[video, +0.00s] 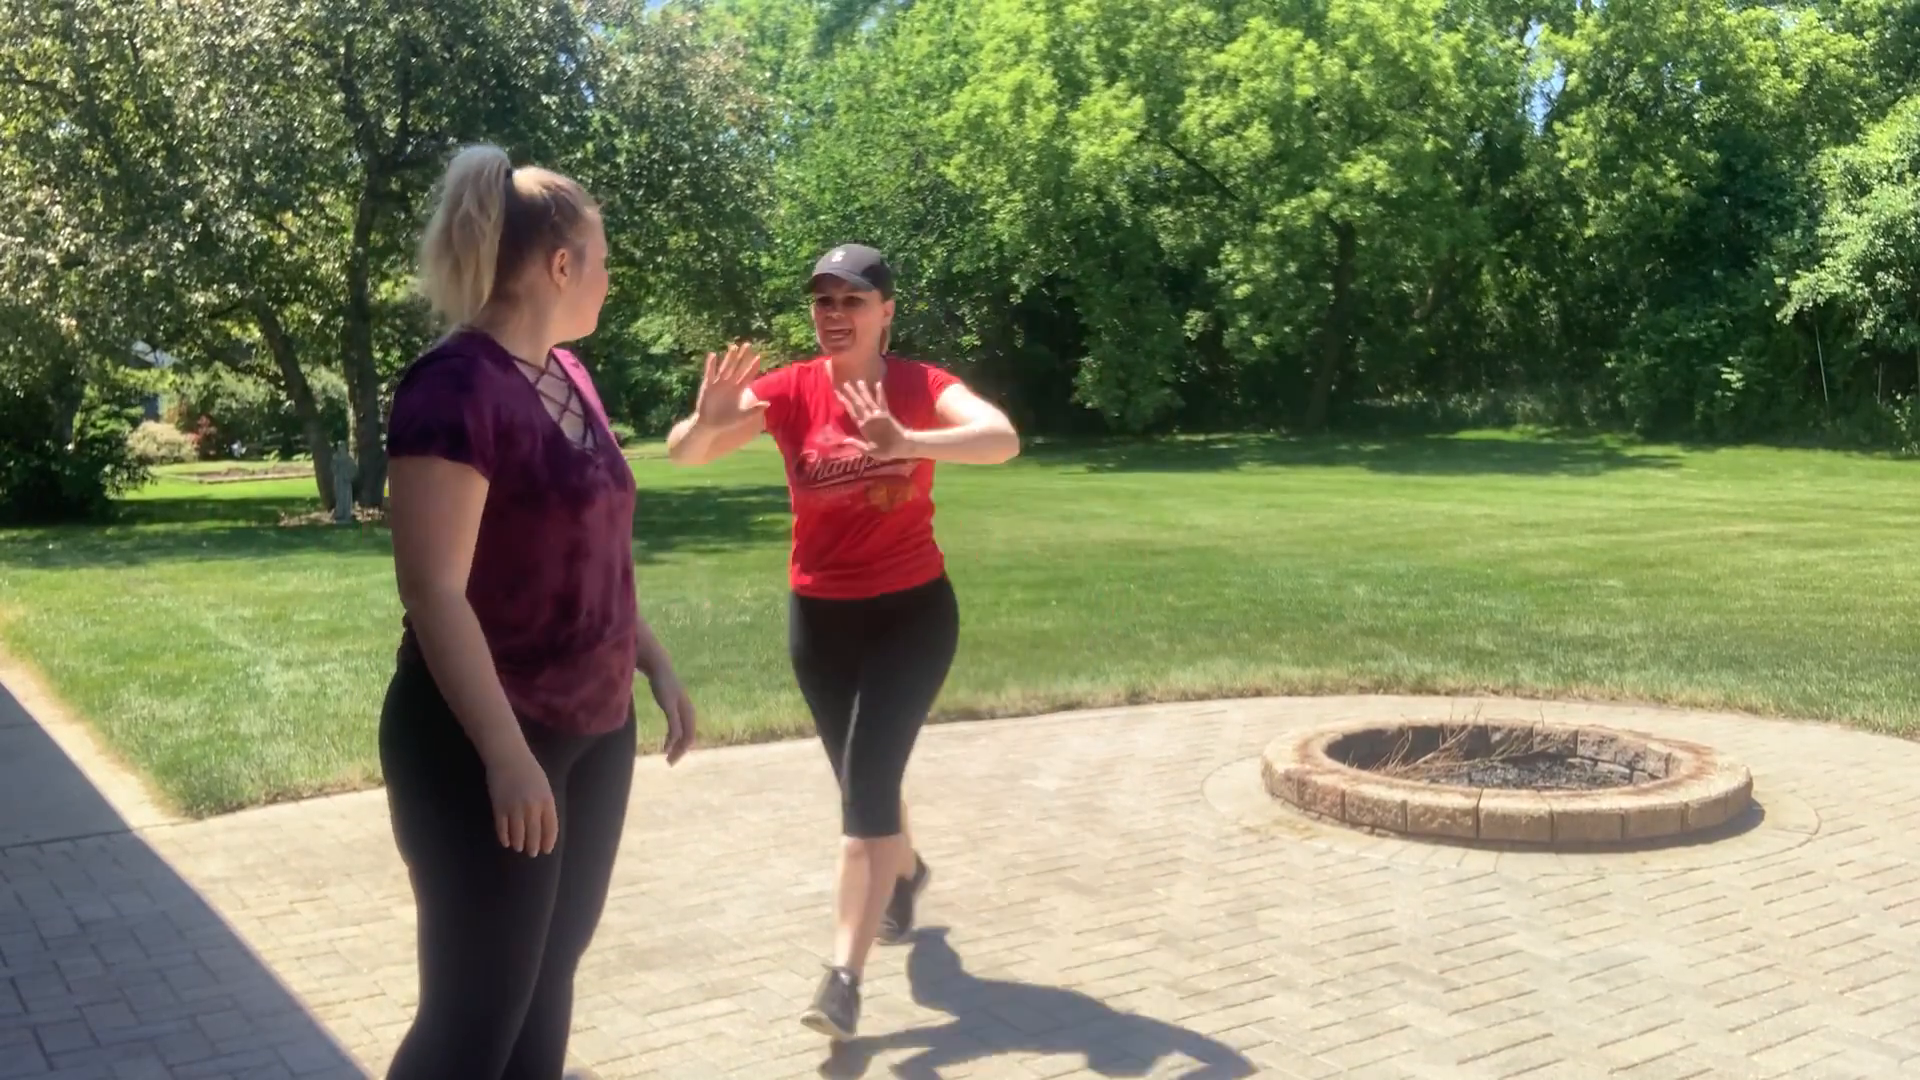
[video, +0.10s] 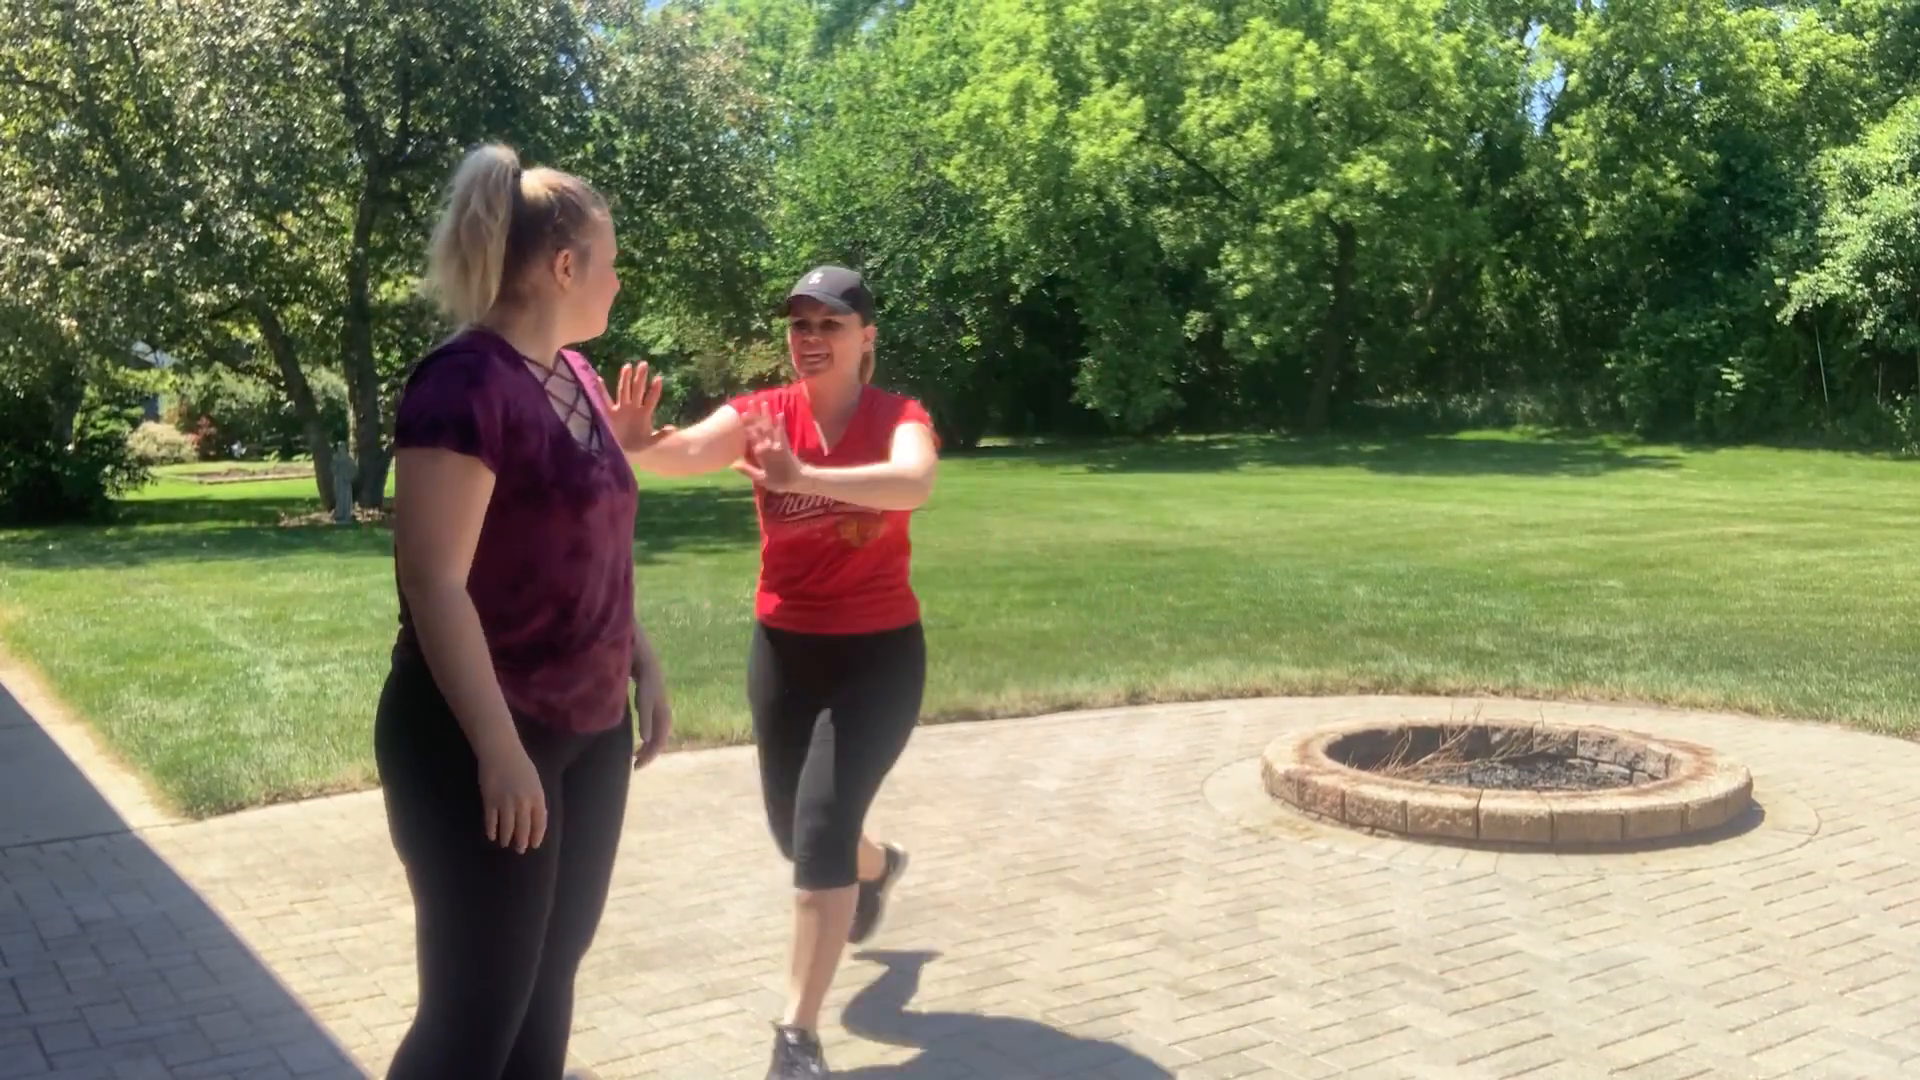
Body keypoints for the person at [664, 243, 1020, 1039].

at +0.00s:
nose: (835, 314)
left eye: (852, 301)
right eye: (823, 301)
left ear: (887, 310)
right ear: (811, 310)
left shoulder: (918, 385)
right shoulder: (787, 388)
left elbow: (1001, 438)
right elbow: (686, 455)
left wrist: (910, 442)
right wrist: (705, 420)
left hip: (911, 609)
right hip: (819, 613)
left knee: (866, 776)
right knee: (854, 772)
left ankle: (845, 972)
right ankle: (903, 867)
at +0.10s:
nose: (806, 341)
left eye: (824, 327)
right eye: (796, 327)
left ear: (866, 336)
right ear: (786, 335)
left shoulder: (901, 417)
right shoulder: (765, 413)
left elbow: (914, 484)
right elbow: (687, 452)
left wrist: (803, 476)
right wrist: (634, 446)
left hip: (877, 653)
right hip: (781, 649)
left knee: (822, 828)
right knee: (789, 827)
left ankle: (799, 1029)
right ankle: (873, 864)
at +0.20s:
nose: (778, 349)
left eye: (800, 338)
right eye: (768, 336)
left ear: (837, 357)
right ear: (752, 351)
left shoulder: (858, 442)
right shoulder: (724, 437)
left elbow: (812, 517)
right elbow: (638, 480)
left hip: (859, 676)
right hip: (762, 672)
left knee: (797, 855)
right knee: (727, 865)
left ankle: (795, 1035)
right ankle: (802, 924)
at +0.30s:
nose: (730, 357)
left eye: (753, 345)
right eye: (722, 341)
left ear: (800, 362)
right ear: (711, 350)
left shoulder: (824, 448)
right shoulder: (694, 437)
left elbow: (763, 550)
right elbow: (605, 501)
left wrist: (618, 564)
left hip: (840, 681)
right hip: (739, 671)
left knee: (787, 861)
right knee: (691, 855)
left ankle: (795, 1037)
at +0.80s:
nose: (679, 300)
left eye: (701, 283)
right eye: (667, 287)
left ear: (750, 298)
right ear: (657, 300)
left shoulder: (796, 384)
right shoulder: (648, 387)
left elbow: (772, 473)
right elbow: (602, 420)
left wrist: (665, 506)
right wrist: (546, 429)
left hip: (805, 645)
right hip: (691, 651)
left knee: (828, 859)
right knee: (686, 879)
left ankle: (892, 994)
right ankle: (699, 1072)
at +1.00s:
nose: (732, 292)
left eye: (753, 277)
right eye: (719, 277)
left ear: (797, 289)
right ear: (705, 290)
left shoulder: (845, 375)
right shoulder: (688, 382)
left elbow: (887, 476)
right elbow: (641, 427)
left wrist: (792, 535)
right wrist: (649, 424)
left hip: (846, 639)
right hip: (733, 646)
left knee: (870, 846)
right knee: (715, 867)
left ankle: (907, 1028)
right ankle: (701, 1070)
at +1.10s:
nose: (750, 290)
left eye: (770, 276)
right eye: (739, 275)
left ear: (814, 285)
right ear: (725, 286)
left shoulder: (865, 374)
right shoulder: (708, 385)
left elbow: (937, 478)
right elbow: (630, 480)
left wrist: (870, 580)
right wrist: (676, 484)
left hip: (861, 634)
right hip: (749, 640)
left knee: (882, 840)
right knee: (724, 856)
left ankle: (907, 1019)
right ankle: (710, 1061)